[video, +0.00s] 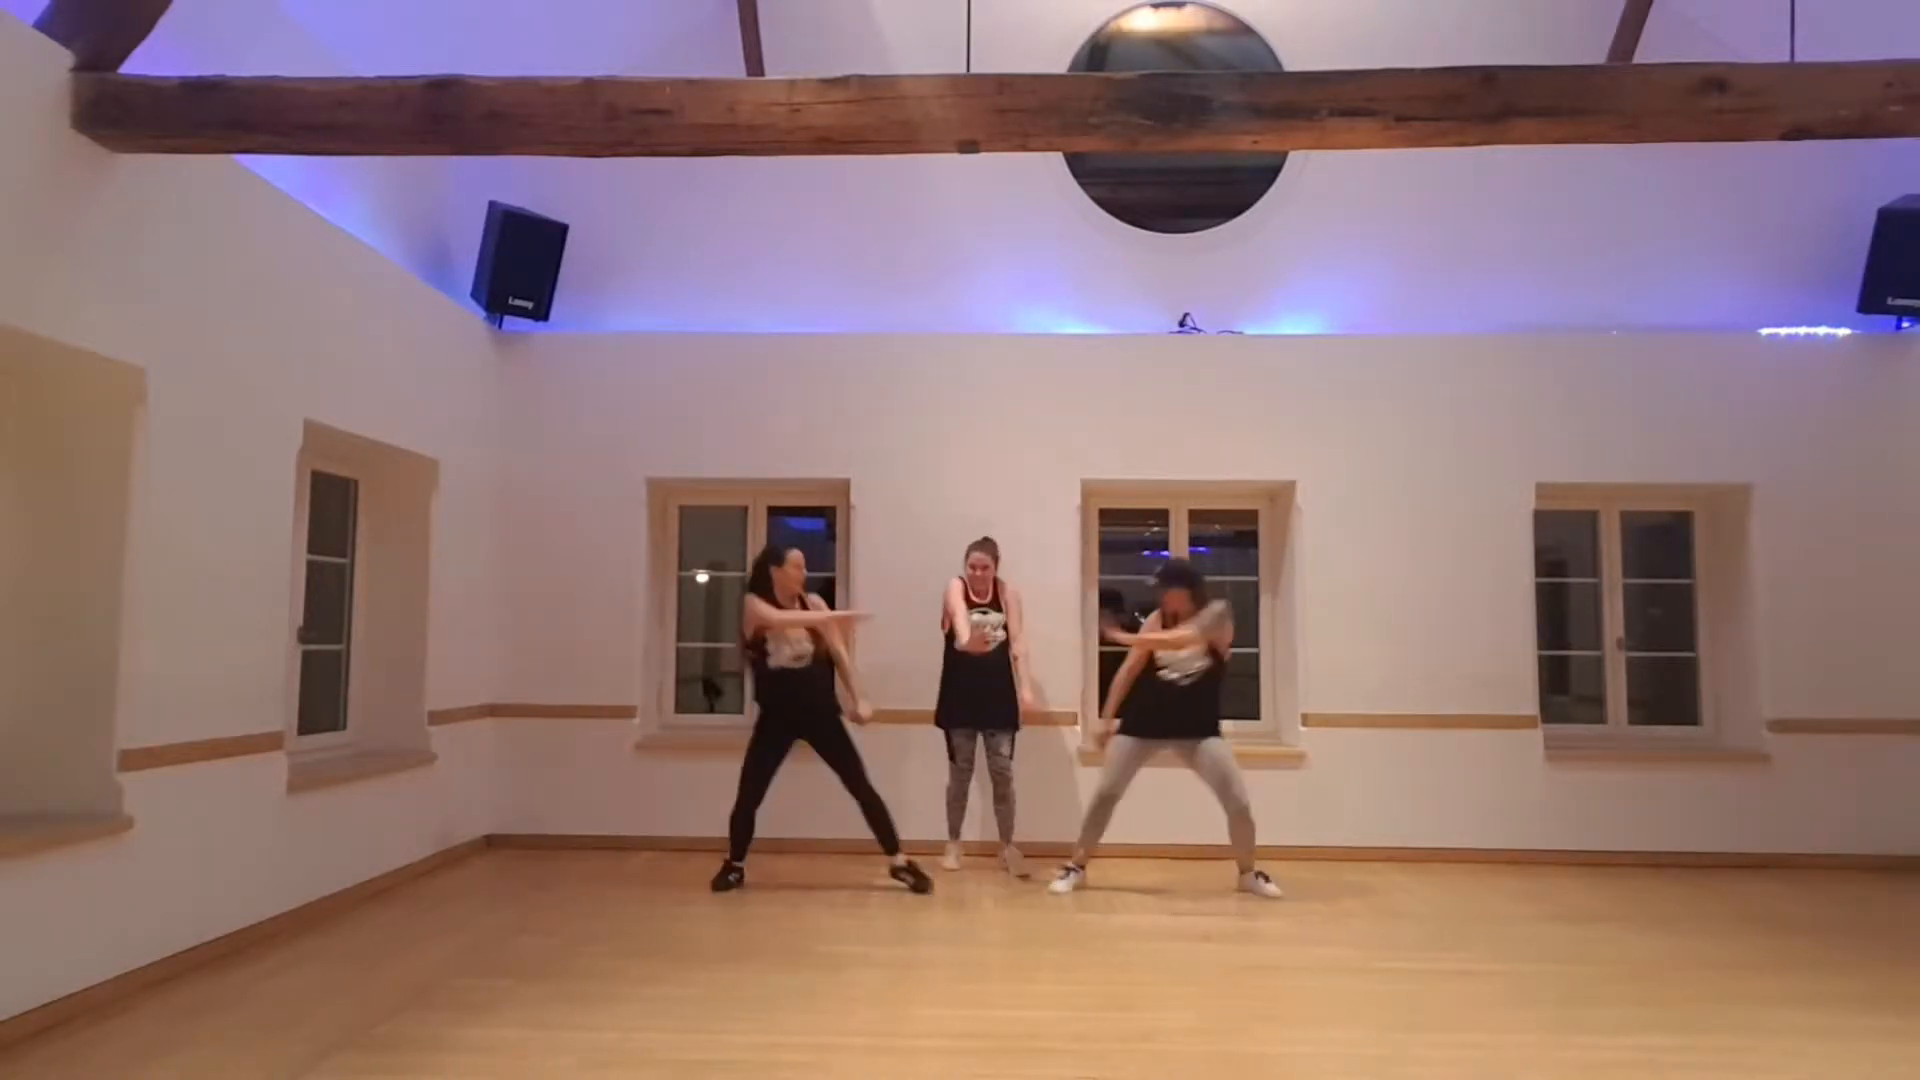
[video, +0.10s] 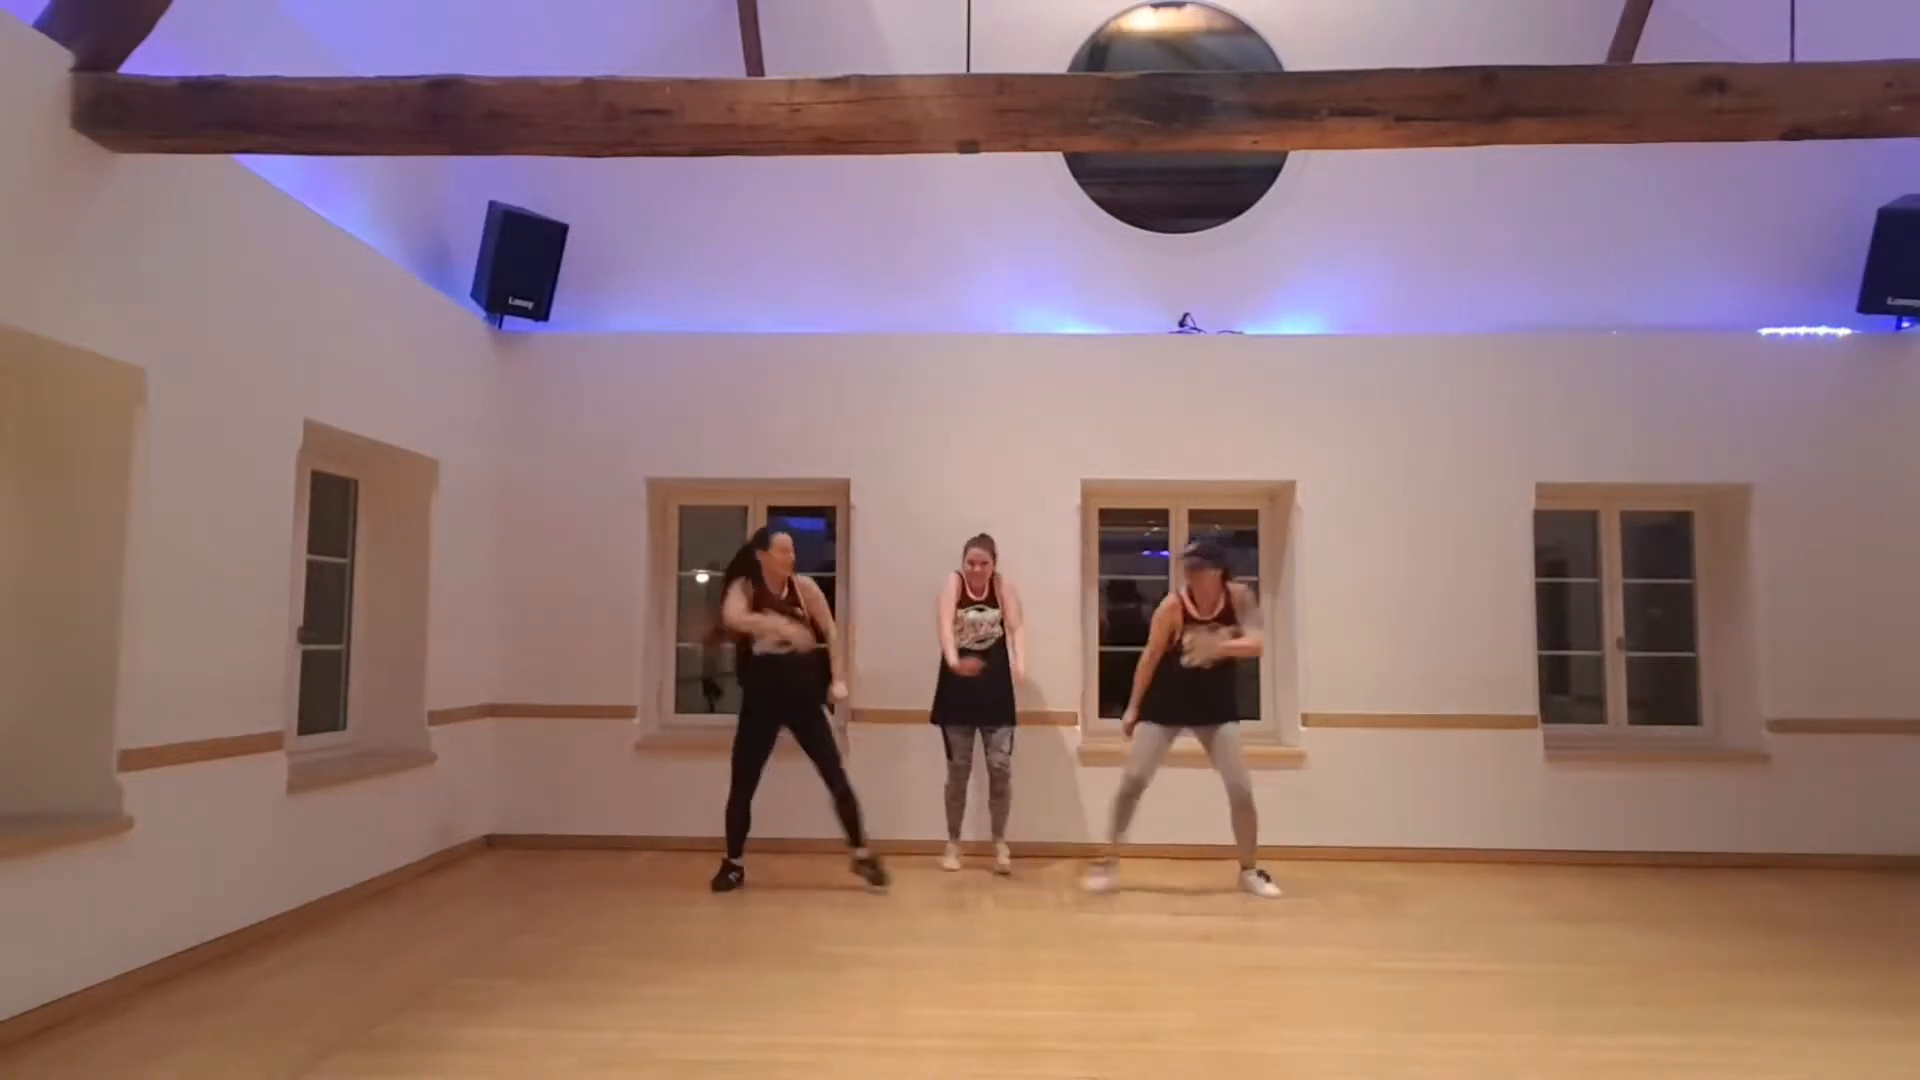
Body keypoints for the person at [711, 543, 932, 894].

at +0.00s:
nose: (803, 575)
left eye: (804, 568)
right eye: (797, 568)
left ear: (801, 572)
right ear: (774, 571)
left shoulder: (815, 604)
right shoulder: (753, 603)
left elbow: (838, 651)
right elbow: (775, 620)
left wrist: (858, 698)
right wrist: (832, 618)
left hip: (820, 714)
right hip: (777, 717)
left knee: (860, 786)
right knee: (748, 797)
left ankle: (898, 861)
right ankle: (734, 865)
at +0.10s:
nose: (791, 557)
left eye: (792, 550)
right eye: (783, 551)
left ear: (792, 554)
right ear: (762, 555)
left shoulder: (806, 587)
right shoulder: (744, 587)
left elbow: (832, 634)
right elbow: (734, 616)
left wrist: (839, 679)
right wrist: (780, 627)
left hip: (803, 697)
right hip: (761, 697)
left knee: (835, 776)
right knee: (742, 784)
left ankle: (861, 852)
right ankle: (733, 863)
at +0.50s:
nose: (745, 579)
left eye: (752, 573)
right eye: (739, 574)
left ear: (767, 579)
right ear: (732, 581)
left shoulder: (783, 616)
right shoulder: (723, 614)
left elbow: (796, 662)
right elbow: (711, 657)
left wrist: (784, 681)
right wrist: (695, 651)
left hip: (754, 711)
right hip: (716, 711)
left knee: (763, 794)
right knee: (720, 794)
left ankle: (764, 866)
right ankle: (731, 863)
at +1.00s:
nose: (665, 590)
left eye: (668, 584)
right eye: (657, 584)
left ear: (673, 590)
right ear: (634, 590)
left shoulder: (686, 621)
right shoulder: (620, 628)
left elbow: (723, 659)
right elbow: (644, 641)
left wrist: (756, 691)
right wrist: (706, 629)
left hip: (705, 730)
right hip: (660, 734)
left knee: (739, 799)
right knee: (617, 800)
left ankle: (764, 865)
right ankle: (602, 865)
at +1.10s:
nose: (653, 580)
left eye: (654, 574)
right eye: (645, 574)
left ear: (655, 579)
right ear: (623, 580)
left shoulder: (672, 615)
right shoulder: (606, 620)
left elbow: (706, 654)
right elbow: (623, 644)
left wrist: (732, 693)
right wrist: (676, 639)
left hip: (686, 721)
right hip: (642, 726)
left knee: (721, 792)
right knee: (609, 798)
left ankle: (759, 862)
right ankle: (602, 865)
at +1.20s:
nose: (650, 562)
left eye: (651, 556)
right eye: (642, 556)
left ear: (651, 561)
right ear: (619, 561)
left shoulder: (666, 597)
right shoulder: (600, 602)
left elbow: (701, 636)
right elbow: (597, 640)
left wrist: (721, 678)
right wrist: (628, 663)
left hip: (672, 702)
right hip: (629, 706)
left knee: (705, 779)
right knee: (610, 789)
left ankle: (745, 856)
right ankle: (603, 864)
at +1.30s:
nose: (652, 550)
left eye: (653, 544)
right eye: (645, 545)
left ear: (653, 548)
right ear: (623, 549)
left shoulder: (666, 585)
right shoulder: (596, 592)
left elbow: (704, 614)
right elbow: (555, 627)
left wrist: (712, 661)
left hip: (665, 694)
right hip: (621, 696)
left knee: (689, 772)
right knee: (609, 782)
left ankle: (708, 852)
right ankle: (603, 863)